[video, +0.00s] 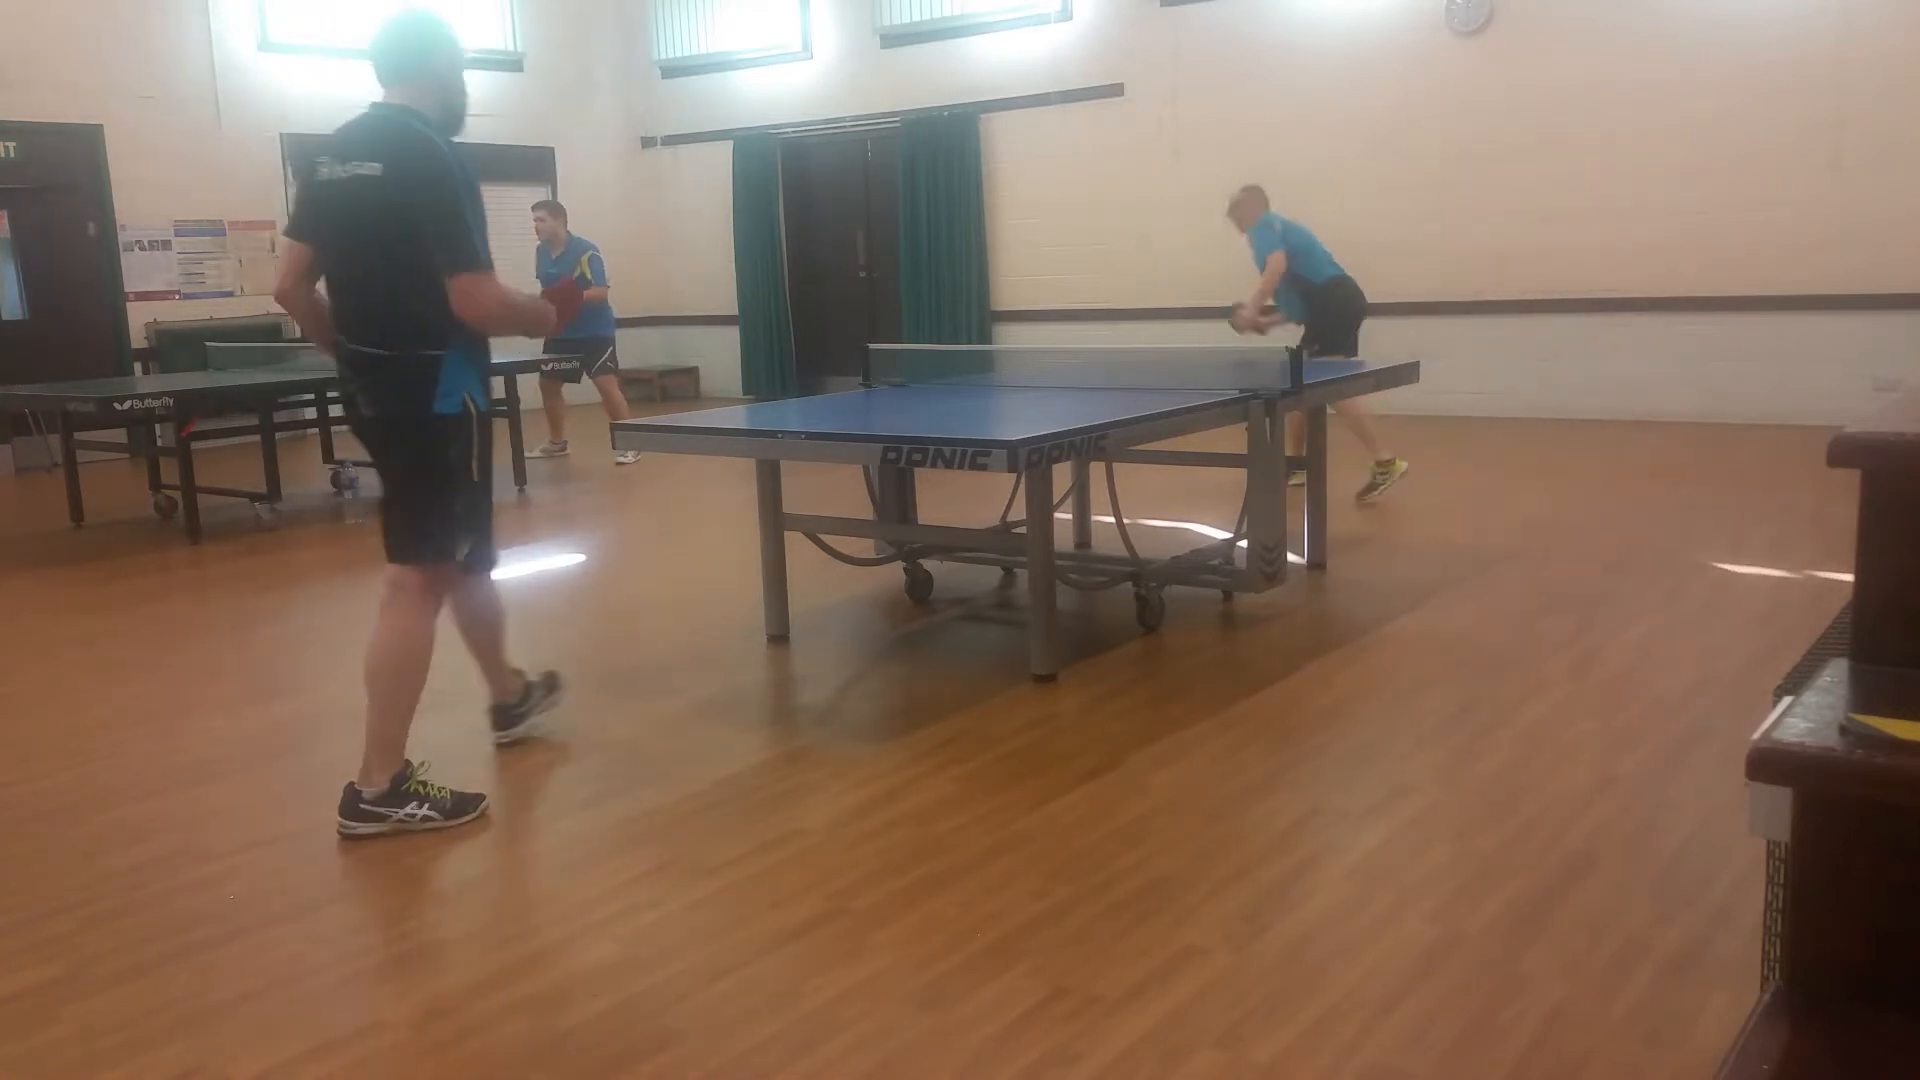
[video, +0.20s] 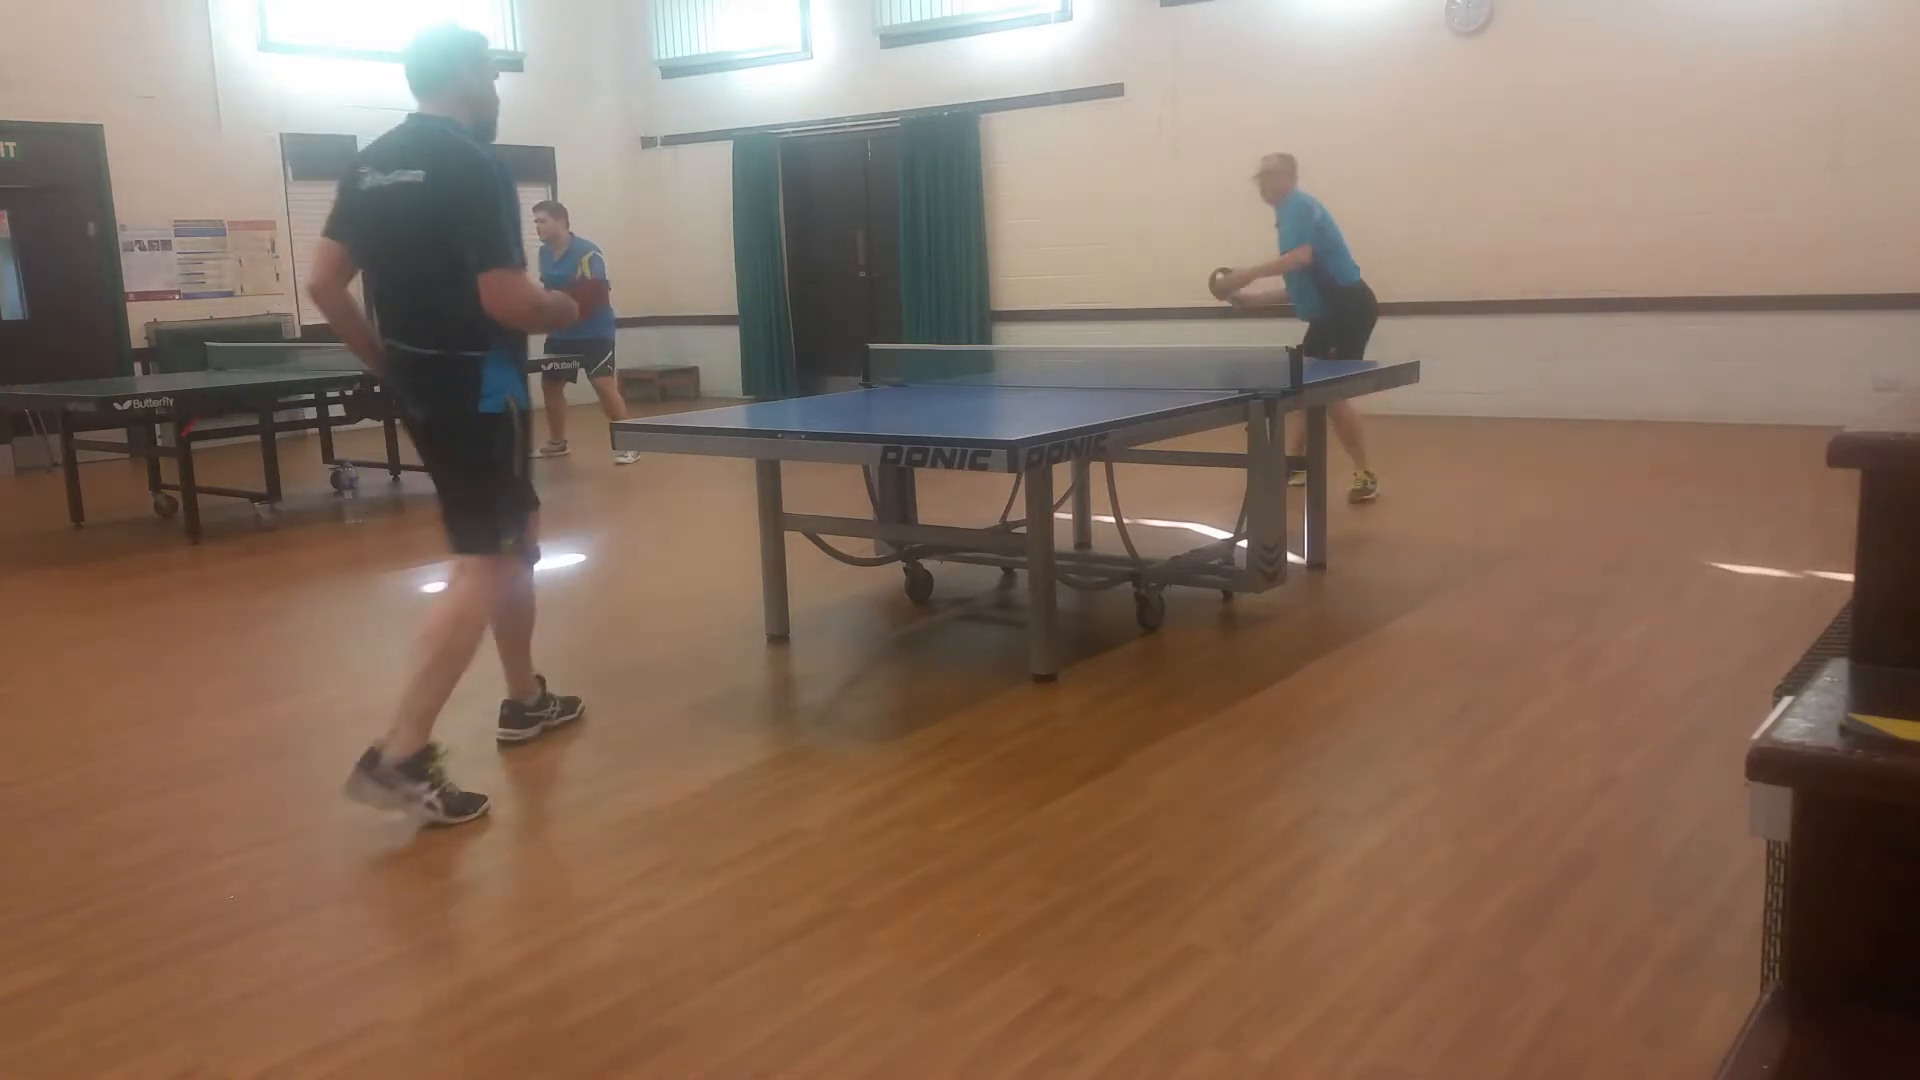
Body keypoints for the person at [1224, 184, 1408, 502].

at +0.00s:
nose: (1238, 227)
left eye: (1237, 219)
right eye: (1235, 221)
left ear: (1246, 210)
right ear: (1261, 207)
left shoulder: (1263, 226)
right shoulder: (1281, 230)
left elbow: (1276, 265)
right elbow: (1300, 303)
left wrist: (1252, 306)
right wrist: (1266, 320)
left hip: (1335, 302)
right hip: (1331, 305)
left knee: (1334, 387)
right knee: (1299, 385)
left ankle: (1385, 461)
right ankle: (1295, 462)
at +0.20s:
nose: (1263, 185)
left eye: (1269, 178)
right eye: (1261, 179)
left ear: (1288, 178)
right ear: (1262, 182)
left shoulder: (1299, 206)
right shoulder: (1287, 216)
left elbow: (1302, 256)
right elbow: (1302, 289)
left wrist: (1245, 275)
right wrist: (1252, 299)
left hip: (1351, 306)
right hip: (1327, 310)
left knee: (1334, 391)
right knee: (1304, 385)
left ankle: (1364, 473)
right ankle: (1299, 459)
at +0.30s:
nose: (1279, 176)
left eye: (1286, 168)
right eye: (1279, 169)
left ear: (1305, 170)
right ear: (1286, 173)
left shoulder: (1319, 205)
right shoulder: (1303, 211)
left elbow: (1324, 261)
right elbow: (1302, 281)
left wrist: (1265, 286)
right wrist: (1253, 291)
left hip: (1352, 308)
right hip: (1330, 311)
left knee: (1332, 396)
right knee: (1310, 389)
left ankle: (1370, 475)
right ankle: (1300, 459)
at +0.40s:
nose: (1296, 170)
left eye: (1304, 162)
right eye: (1296, 163)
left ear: (1323, 166)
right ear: (1298, 167)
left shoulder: (1343, 206)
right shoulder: (1309, 215)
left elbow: (1354, 260)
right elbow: (1304, 281)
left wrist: (1304, 292)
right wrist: (1262, 287)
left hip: (1361, 310)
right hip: (1333, 312)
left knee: (1343, 397)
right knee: (1313, 390)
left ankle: (1371, 475)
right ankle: (1305, 461)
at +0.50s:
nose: (1312, 162)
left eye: (1321, 155)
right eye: (1310, 155)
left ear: (1340, 159)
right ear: (1307, 160)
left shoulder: (1361, 202)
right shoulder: (1312, 216)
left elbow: (1380, 257)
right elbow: (1308, 278)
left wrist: (1336, 295)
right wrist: (1276, 287)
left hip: (1368, 306)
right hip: (1333, 309)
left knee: (1351, 396)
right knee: (1310, 388)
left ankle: (1371, 476)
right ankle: (1307, 465)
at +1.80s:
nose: (1382, 171)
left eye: (1391, 161)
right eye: (1374, 164)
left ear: (1406, 168)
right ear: (1364, 170)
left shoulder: (1427, 205)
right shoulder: (1344, 209)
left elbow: (1451, 259)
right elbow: (1325, 260)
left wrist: (1434, 274)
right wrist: (1338, 280)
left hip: (1419, 314)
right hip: (1372, 314)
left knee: (1423, 404)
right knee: (1377, 404)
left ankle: (1400, 463)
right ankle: (1371, 490)